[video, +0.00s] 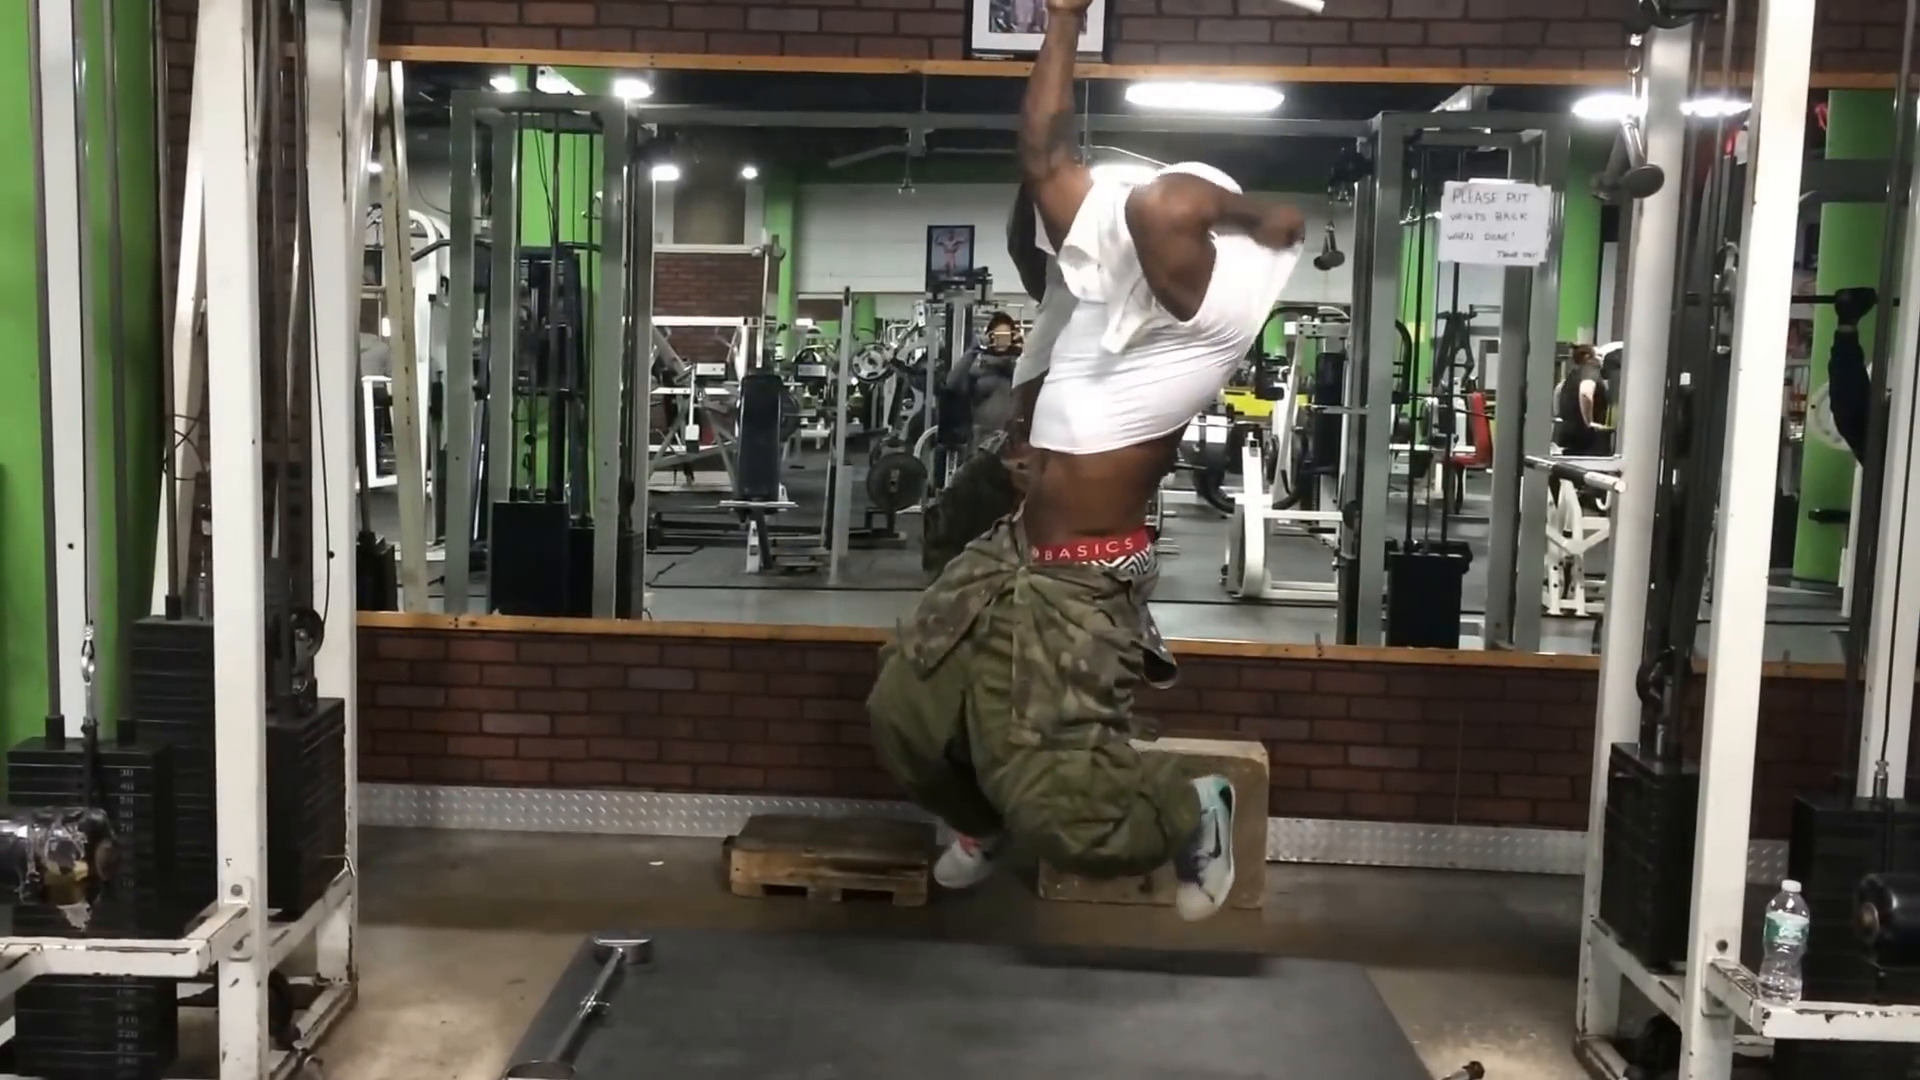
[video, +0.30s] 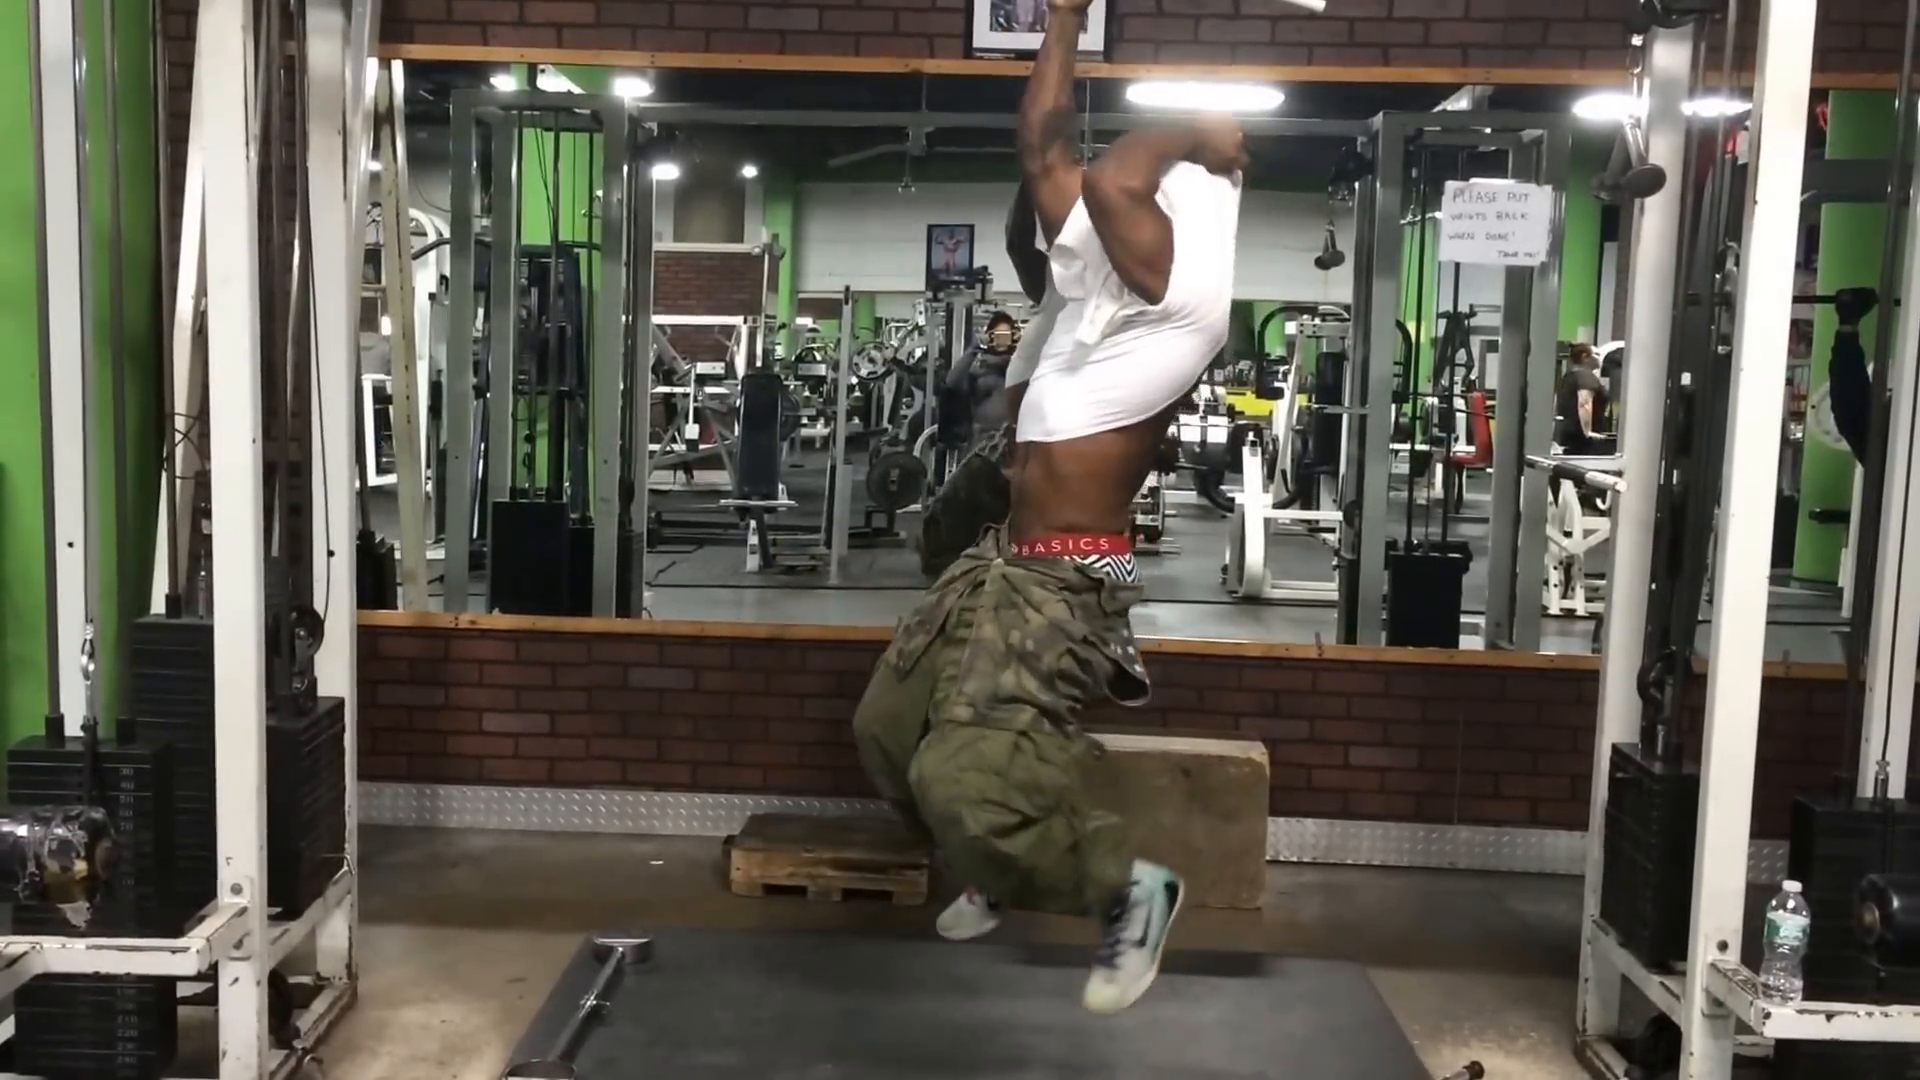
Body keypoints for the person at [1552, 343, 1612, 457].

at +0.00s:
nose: (1601, 359)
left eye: (1600, 355)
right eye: (1598, 356)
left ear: (1583, 359)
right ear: (1588, 358)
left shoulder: (1574, 372)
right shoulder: (1591, 370)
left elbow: (1558, 390)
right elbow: (1585, 394)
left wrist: (1558, 415)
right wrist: (1589, 422)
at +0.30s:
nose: (1599, 358)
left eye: (1598, 354)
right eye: (1596, 354)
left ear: (1584, 357)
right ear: (1585, 357)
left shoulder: (1568, 376)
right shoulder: (1585, 376)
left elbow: (1559, 407)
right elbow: (1584, 405)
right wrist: (1588, 431)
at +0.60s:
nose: (1600, 358)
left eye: (1600, 354)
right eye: (1597, 353)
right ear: (1586, 356)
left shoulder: (1564, 373)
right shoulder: (1591, 372)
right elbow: (1588, 386)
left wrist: (1558, 409)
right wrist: (1592, 413)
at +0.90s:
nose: (1601, 356)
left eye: (1600, 352)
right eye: (1598, 352)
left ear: (1585, 355)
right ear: (1587, 354)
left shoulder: (1569, 371)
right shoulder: (1591, 370)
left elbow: (1557, 380)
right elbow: (1588, 386)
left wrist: (1559, 408)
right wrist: (1591, 413)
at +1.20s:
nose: (1594, 354)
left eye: (1594, 350)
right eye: (1591, 350)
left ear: (1580, 353)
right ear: (1580, 353)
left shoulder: (1566, 372)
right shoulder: (1581, 371)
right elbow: (1580, 400)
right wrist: (1587, 429)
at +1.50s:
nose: (1593, 353)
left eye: (1592, 349)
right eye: (1590, 349)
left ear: (1577, 353)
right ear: (1579, 353)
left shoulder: (1564, 370)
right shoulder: (1584, 370)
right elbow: (1581, 388)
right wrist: (1589, 415)